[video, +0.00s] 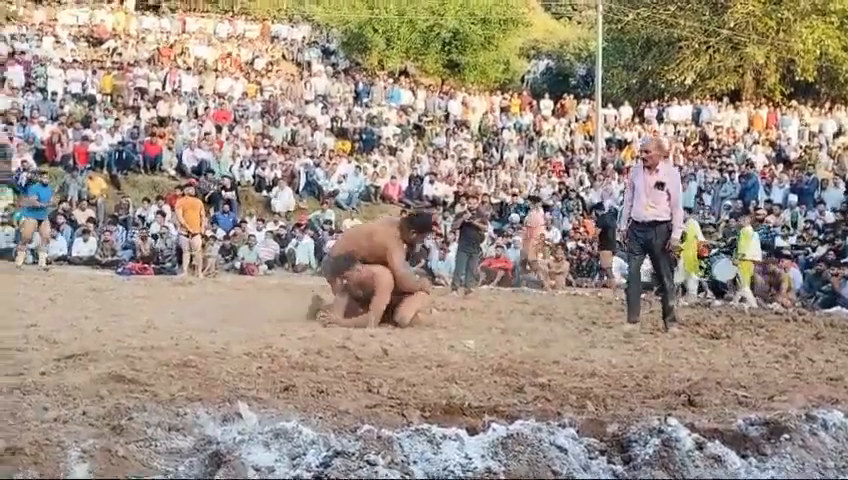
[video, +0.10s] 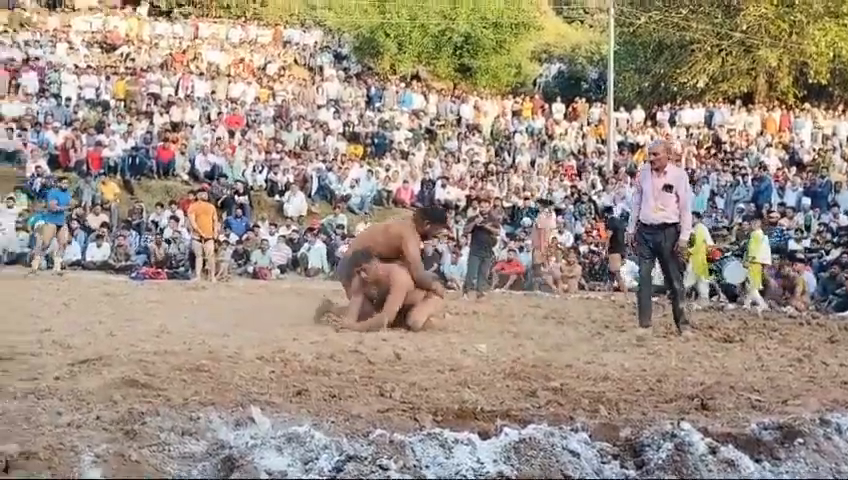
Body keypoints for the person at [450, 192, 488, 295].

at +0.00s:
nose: (472, 205)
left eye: (474, 203)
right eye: (470, 203)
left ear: (477, 204)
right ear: (466, 203)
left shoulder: (481, 216)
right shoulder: (461, 215)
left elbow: (485, 228)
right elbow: (454, 227)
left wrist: (474, 222)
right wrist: (463, 218)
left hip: (475, 246)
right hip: (463, 245)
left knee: (472, 269)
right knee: (459, 268)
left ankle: (469, 288)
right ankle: (455, 287)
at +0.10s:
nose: (484, 209)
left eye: (486, 207)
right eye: (482, 206)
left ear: (490, 207)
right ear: (478, 207)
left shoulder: (493, 220)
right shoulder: (473, 219)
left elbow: (498, 231)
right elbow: (466, 231)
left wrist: (485, 226)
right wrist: (475, 223)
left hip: (488, 250)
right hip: (475, 249)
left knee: (484, 274)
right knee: (472, 272)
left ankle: (481, 292)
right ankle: (467, 290)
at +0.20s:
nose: (496, 214)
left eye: (498, 212)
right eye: (494, 212)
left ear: (502, 213)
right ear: (492, 212)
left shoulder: (507, 225)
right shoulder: (487, 224)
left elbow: (511, 237)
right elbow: (479, 236)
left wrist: (500, 232)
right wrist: (488, 228)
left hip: (501, 256)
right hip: (489, 255)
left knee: (497, 279)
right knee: (485, 278)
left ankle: (494, 297)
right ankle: (480, 295)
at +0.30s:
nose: (508, 220)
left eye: (510, 218)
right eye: (506, 218)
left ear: (514, 219)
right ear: (503, 219)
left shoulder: (517, 230)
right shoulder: (498, 230)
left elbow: (524, 242)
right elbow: (490, 242)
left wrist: (512, 238)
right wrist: (499, 234)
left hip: (513, 259)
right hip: (500, 258)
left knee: (510, 283)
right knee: (496, 281)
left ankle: (507, 302)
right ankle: (493, 300)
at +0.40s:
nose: (507, 224)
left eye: (510, 222)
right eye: (505, 222)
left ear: (513, 223)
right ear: (502, 223)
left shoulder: (517, 234)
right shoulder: (497, 234)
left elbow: (524, 246)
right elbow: (489, 247)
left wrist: (511, 241)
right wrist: (498, 239)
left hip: (513, 263)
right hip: (500, 262)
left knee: (509, 287)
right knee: (496, 285)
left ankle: (506, 306)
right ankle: (493, 304)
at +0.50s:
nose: (498, 226)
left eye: (501, 224)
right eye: (496, 224)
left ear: (504, 225)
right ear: (493, 225)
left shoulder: (509, 235)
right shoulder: (489, 235)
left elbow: (515, 248)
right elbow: (482, 248)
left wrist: (501, 244)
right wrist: (490, 240)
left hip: (503, 265)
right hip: (491, 264)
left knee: (501, 289)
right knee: (488, 287)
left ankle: (498, 308)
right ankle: (484, 306)